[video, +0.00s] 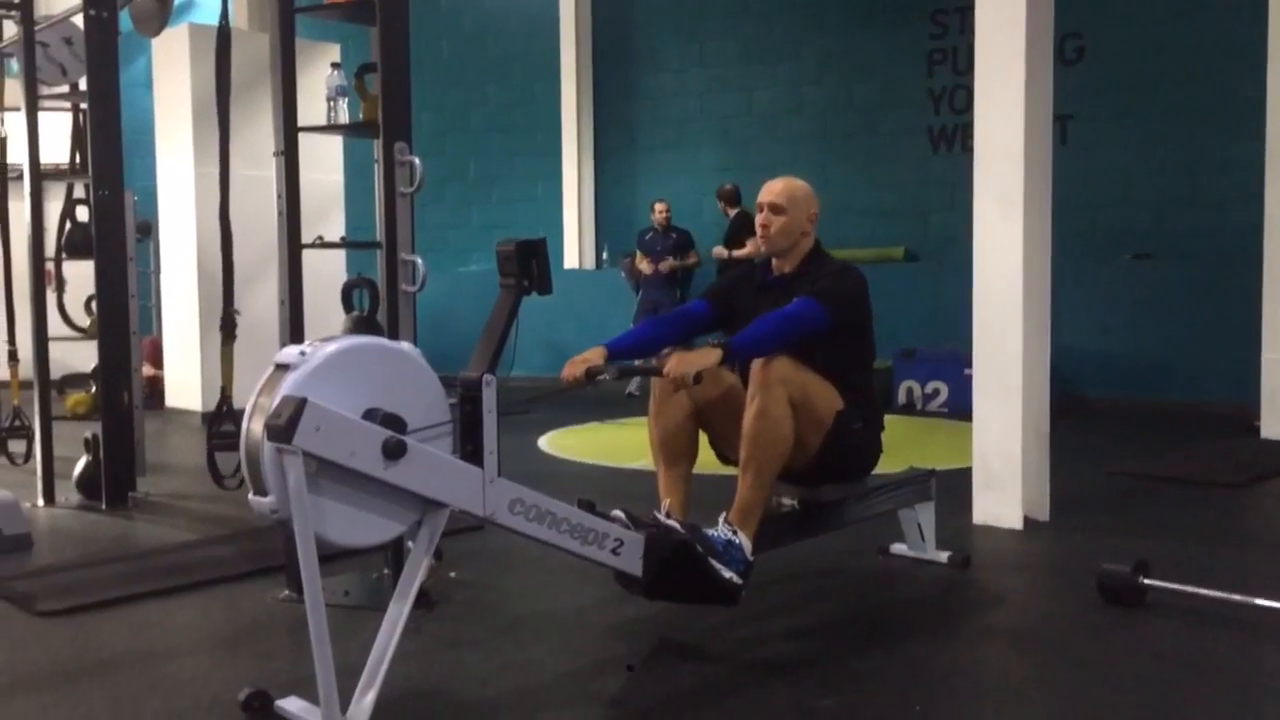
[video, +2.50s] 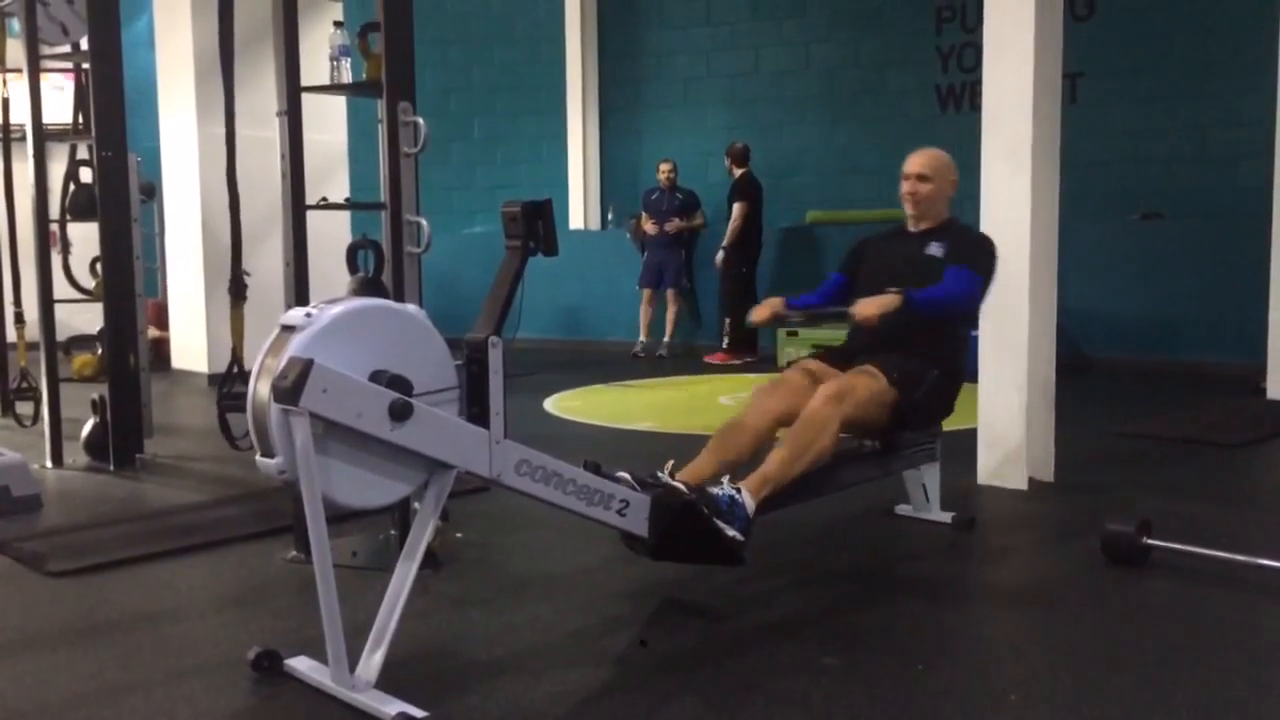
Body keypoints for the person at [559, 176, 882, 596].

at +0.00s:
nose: (761, 221)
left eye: (775, 211)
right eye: (759, 211)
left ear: (809, 223)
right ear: (753, 219)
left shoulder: (841, 281)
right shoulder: (744, 279)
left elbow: (790, 323)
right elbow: (683, 321)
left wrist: (720, 351)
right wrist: (605, 351)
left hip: (841, 449)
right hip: (766, 445)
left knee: (771, 368)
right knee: (673, 374)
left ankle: (737, 537)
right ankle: (671, 524)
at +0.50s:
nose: (793, 192)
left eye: (807, 183)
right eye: (791, 183)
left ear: (840, 196)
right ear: (785, 191)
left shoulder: (869, 257)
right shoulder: (775, 257)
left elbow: (820, 300)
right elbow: (709, 296)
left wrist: (751, 324)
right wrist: (637, 320)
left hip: (874, 407)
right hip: (799, 407)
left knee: (795, 349)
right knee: (712, 351)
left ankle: (746, 512)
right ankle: (684, 496)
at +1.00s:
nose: (883, 170)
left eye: (896, 160)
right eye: (879, 161)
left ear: (926, 170)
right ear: (873, 168)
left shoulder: (946, 230)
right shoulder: (854, 233)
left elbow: (918, 273)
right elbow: (802, 278)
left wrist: (856, 292)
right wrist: (742, 298)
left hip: (911, 363)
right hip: (844, 354)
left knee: (820, 377)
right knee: (752, 368)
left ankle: (745, 499)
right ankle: (678, 481)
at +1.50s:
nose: (893, 187)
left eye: (904, 177)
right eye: (887, 177)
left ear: (934, 178)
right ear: (882, 179)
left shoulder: (972, 234)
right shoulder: (871, 234)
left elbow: (1004, 309)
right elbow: (832, 310)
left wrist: (946, 281)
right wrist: (822, 287)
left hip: (922, 360)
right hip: (858, 351)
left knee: (834, 384)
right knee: (783, 378)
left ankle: (748, 493)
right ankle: (693, 476)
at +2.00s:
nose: (735, 204)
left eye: (749, 195)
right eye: (733, 193)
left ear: (787, 201)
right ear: (729, 196)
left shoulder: (822, 252)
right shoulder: (730, 252)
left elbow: (776, 315)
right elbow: (663, 299)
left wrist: (697, 350)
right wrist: (589, 336)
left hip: (853, 403)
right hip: (777, 400)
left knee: (787, 339)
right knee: (683, 327)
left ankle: (739, 492)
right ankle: (679, 477)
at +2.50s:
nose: (910, 188)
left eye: (923, 180)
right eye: (905, 179)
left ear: (951, 188)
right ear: (900, 186)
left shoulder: (972, 244)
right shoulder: (873, 247)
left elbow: (957, 295)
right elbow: (830, 297)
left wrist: (898, 299)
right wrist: (785, 304)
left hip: (923, 364)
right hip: (858, 356)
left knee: (832, 397)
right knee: (776, 391)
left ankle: (744, 501)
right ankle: (679, 484)